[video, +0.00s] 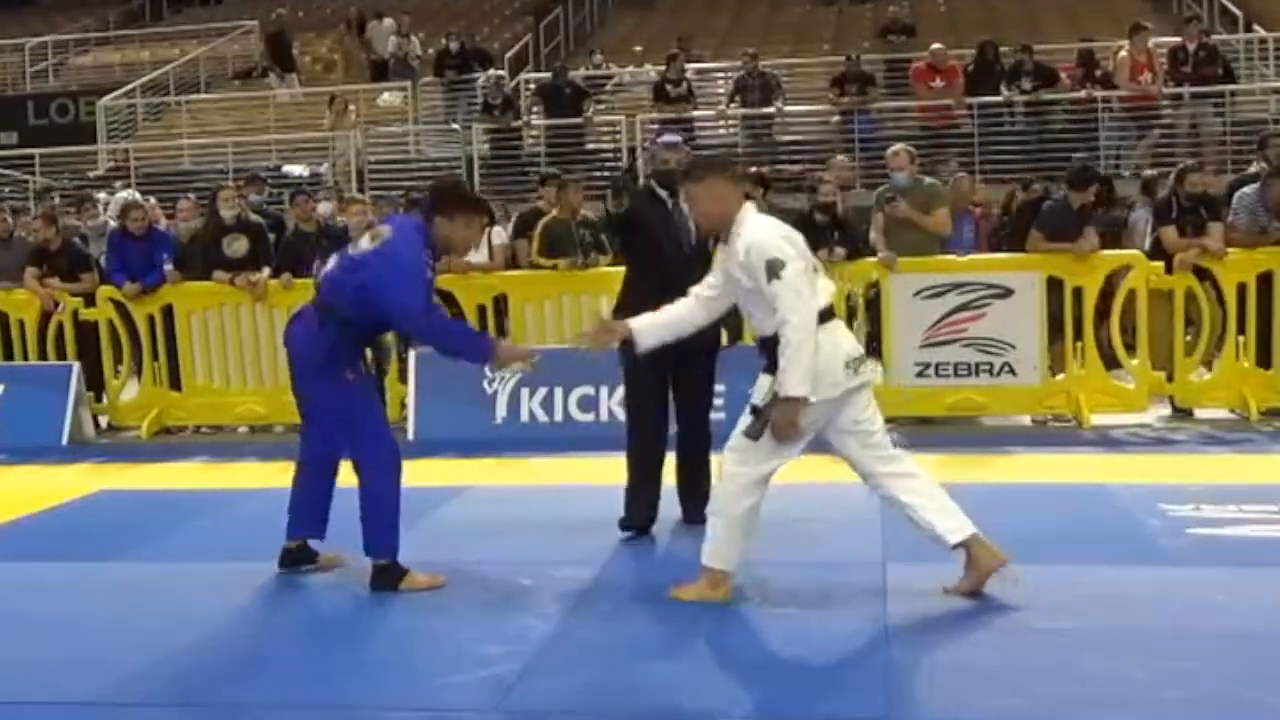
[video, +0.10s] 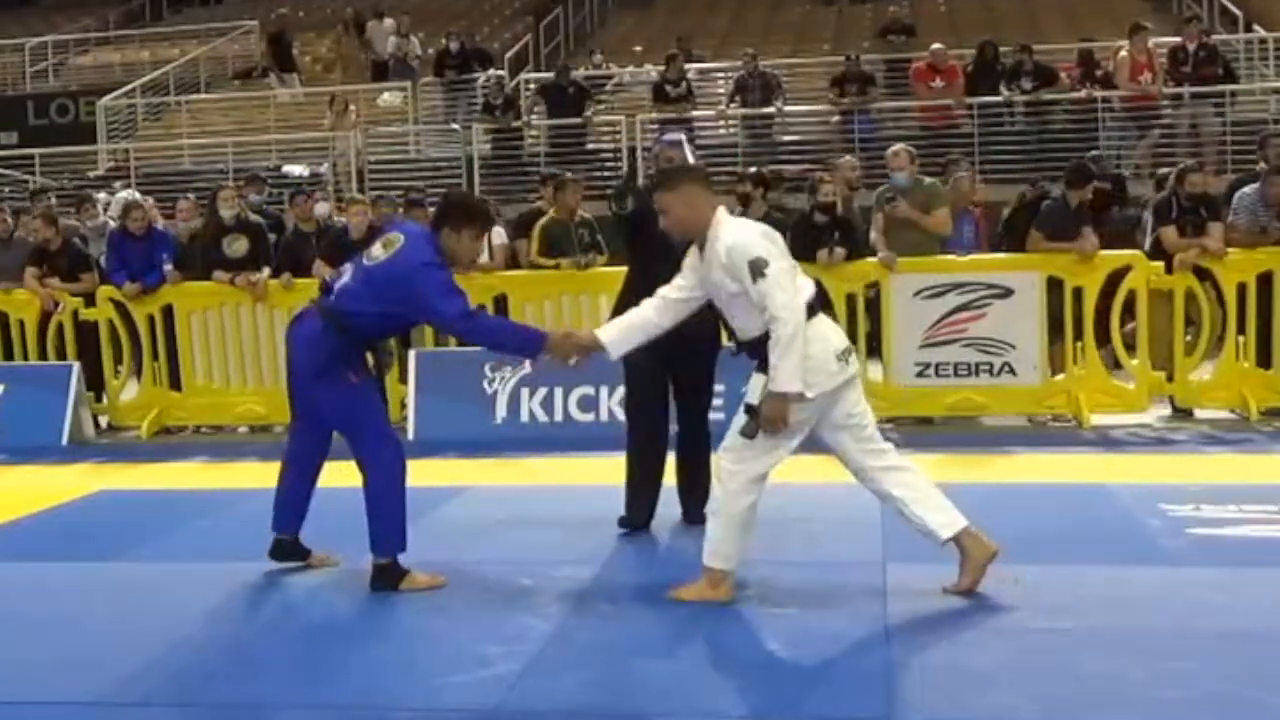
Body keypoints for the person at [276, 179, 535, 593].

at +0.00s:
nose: (475, 241)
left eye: (478, 231)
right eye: (473, 229)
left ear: (444, 219)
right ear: (447, 219)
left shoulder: (403, 231)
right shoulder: (405, 254)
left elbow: (417, 310)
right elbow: (417, 319)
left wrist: (478, 346)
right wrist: (490, 350)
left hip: (310, 332)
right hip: (330, 345)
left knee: (321, 441)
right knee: (380, 454)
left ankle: (297, 547)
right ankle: (385, 566)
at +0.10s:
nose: (481, 249)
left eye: (483, 240)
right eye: (476, 239)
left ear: (444, 229)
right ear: (450, 234)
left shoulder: (407, 230)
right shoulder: (425, 275)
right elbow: (468, 326)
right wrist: (547, 342)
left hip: (309, 330)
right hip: (332, 348)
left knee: (308, 440)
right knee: (383, 452)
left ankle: (285, 540)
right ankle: (387, 567)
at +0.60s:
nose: (455, 225)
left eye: (455, 216)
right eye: (450, 215)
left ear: (419, 212)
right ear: (423, 212)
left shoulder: (382, 226)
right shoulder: (394, 258)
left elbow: (340, 276)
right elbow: (441, 316)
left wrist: (364, 328)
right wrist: (499, 354)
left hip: (309, 333)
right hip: (321, 347)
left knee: (332, 442)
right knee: (376, 450)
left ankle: (287, 529)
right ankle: (385, 565)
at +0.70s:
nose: (431, 212)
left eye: (432, 202)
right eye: (424, 202)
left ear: (395, 202)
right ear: (396, 201)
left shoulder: (362, 226)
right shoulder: (371, 242)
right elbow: (388, 315)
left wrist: (397, 290)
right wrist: (438, 357)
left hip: (311, 343)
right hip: (322, 351)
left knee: (339, 449)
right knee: (377, 450)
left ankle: (285, 533)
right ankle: (388, 565)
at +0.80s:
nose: (398, 199)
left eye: (398, 190)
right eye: (390, 190)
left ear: (372, 192)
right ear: (362, 192)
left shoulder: (358, 233)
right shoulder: (339, 234)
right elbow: (322, 301)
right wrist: (366, 360)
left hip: (313, 350)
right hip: (306, 353)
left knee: (334, 452)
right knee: (368, 452)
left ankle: (281, 541)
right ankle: (387, 564)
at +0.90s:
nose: (373, 190)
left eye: (373, 181)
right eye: (366, 180)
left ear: (345, 185)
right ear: (337, 183)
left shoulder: (337, 230)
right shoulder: (301, 227)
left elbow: (320, 295)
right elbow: (267, 288)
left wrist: (330, 340)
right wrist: (307, 345)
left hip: (311, 348)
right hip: (286, 352)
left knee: (324, 450)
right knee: (341, 452)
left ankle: (277, 545)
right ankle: (373, 556)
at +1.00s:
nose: (351, 180)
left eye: (352, 171)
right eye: (345, 170)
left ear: (326, 173)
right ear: (317, 170)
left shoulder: (322, 227)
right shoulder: (272, 214)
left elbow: (309, 295)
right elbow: (234, 275)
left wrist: (317, 347)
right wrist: (269, 332)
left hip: (305, 345)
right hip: (270, 347)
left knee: (307, 441)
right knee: (310, 440)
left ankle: (276, 541)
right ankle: (322, 551)